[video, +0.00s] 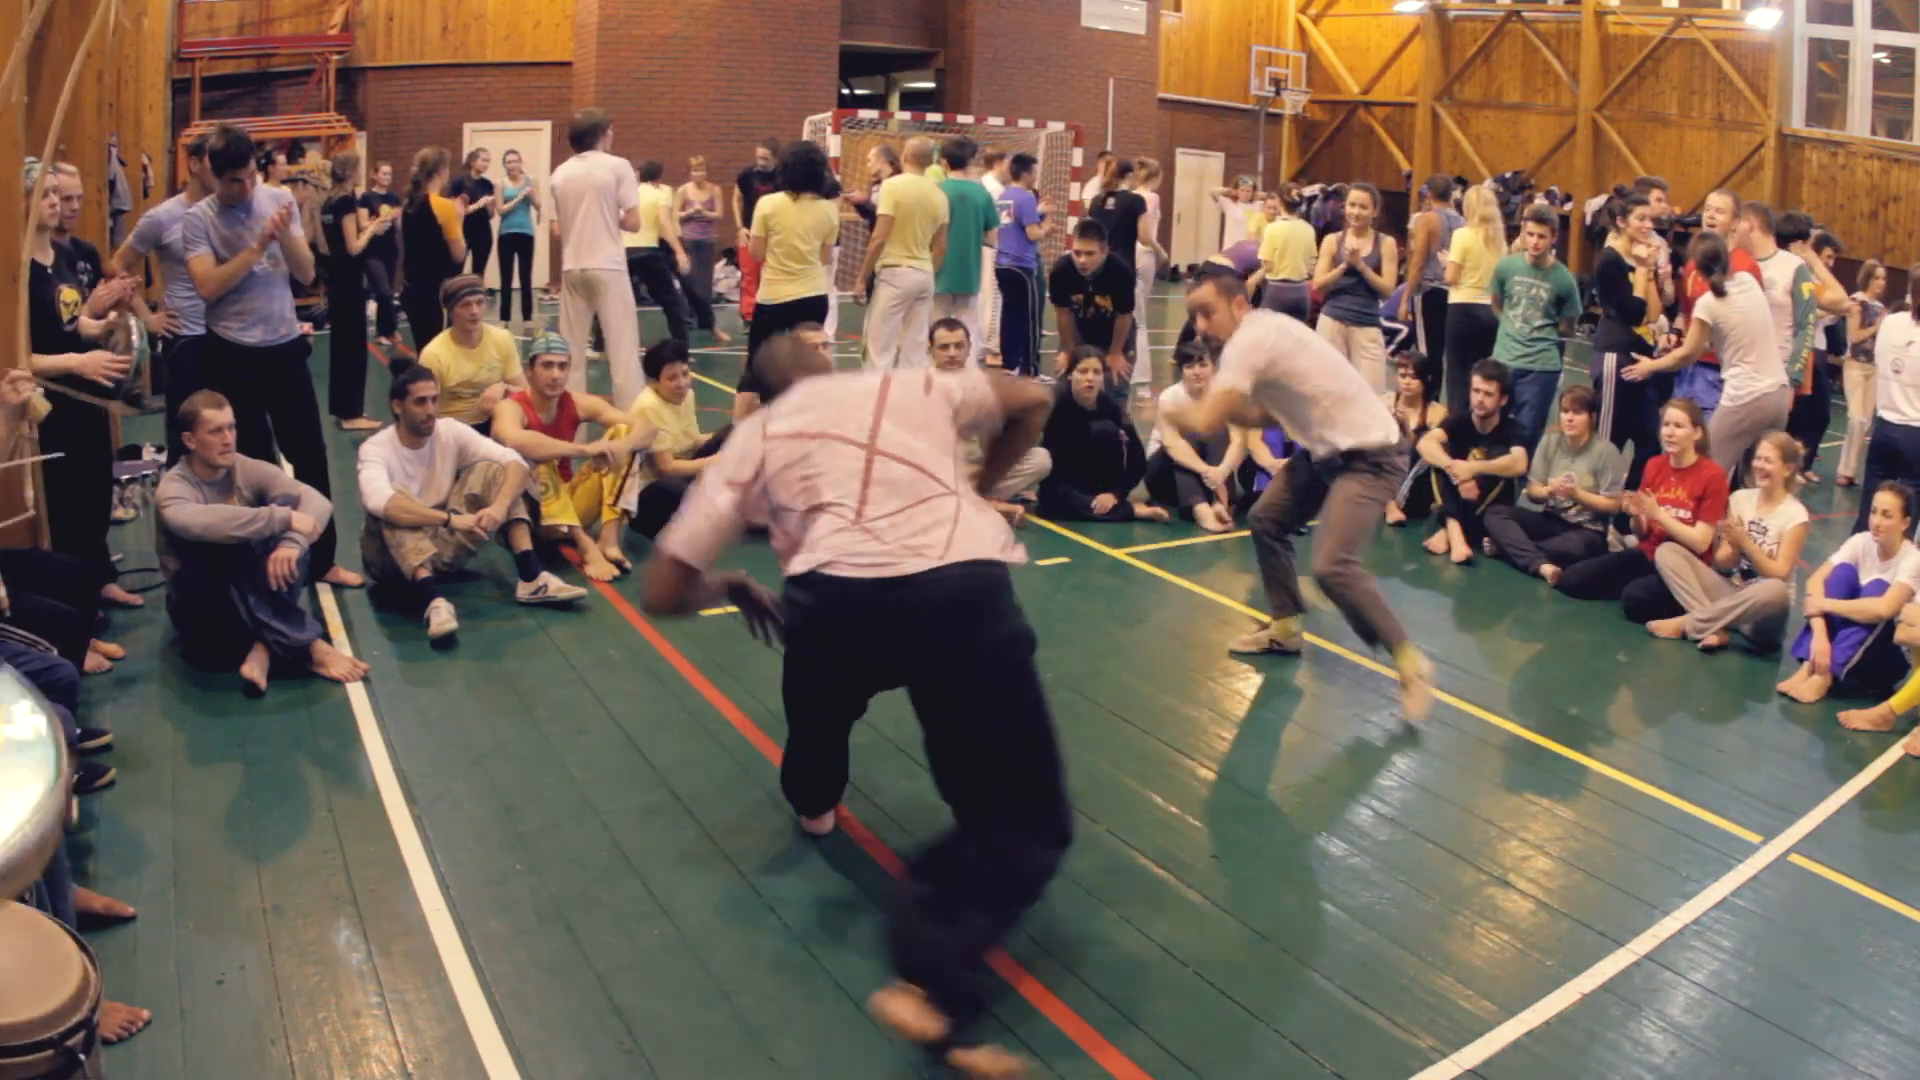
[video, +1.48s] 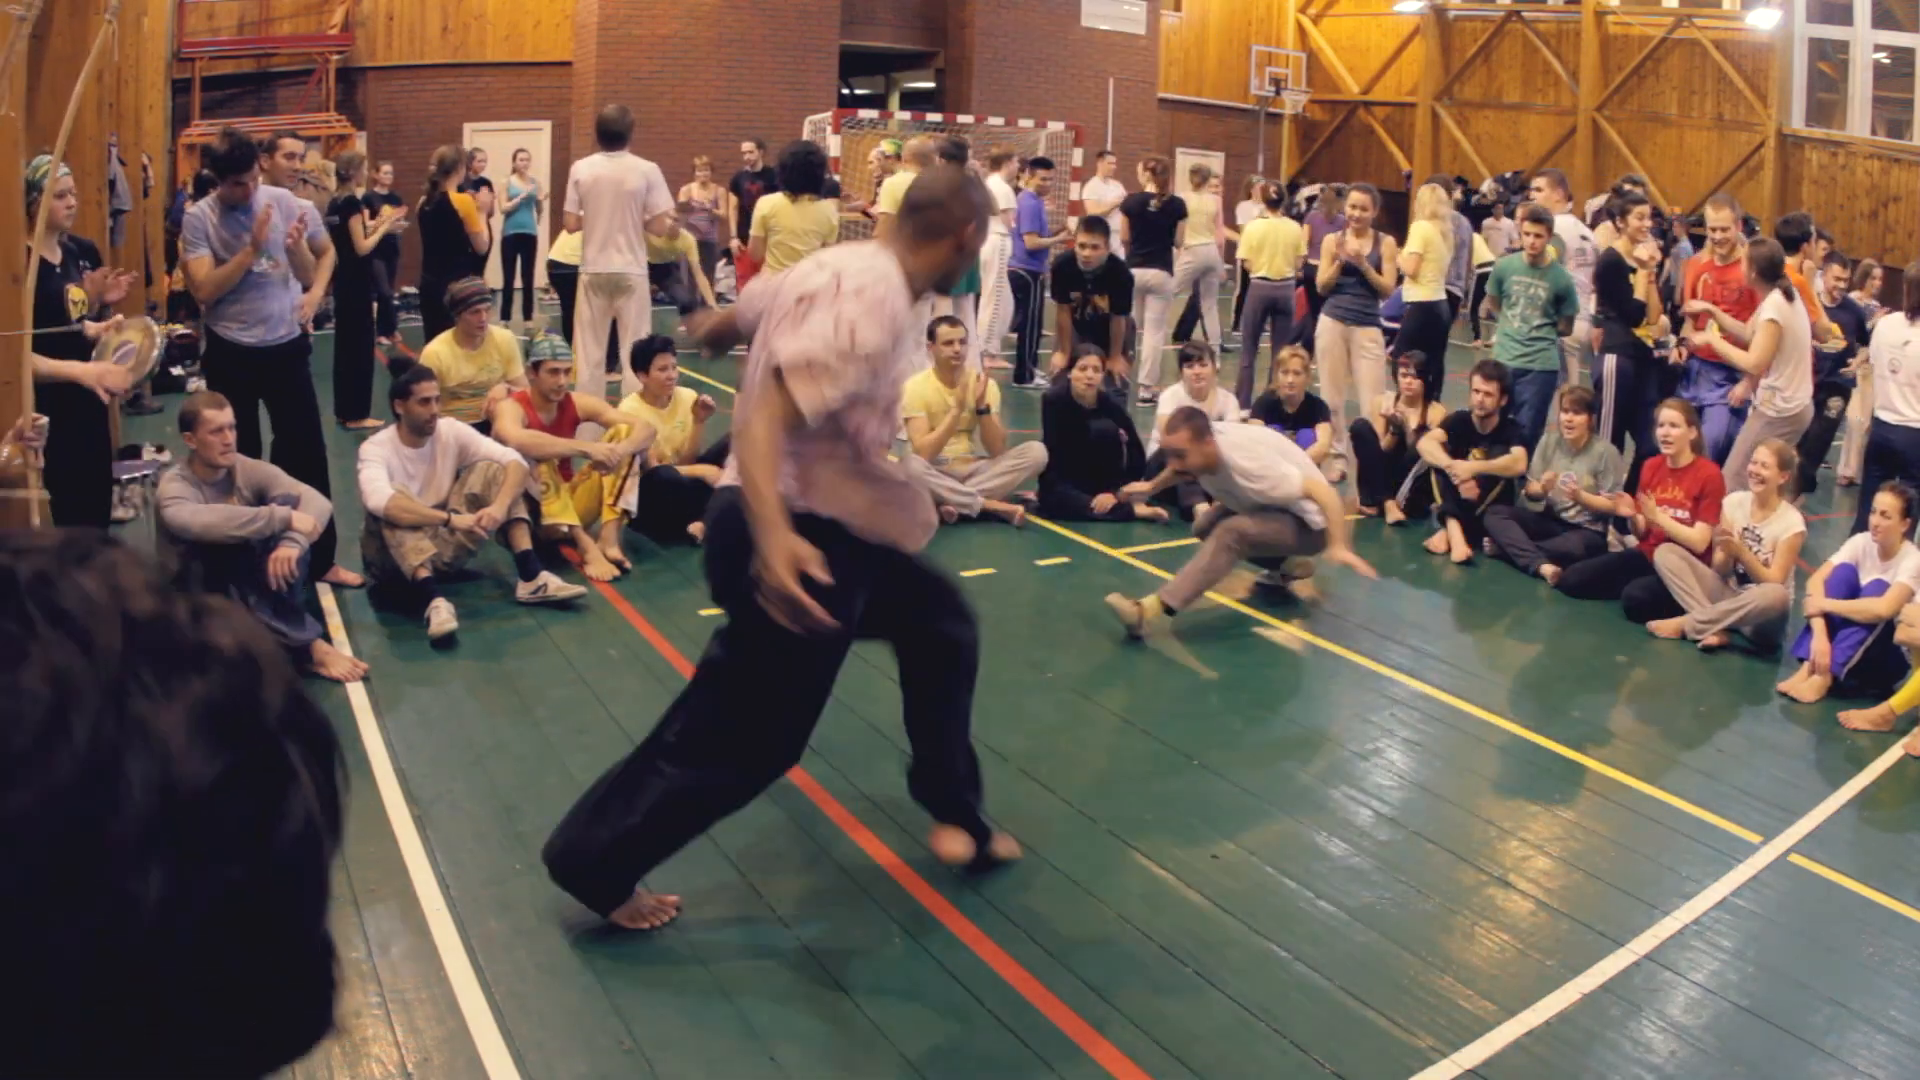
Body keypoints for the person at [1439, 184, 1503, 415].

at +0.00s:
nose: (1463, 210)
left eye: (1465, 206)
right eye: (1465, 206)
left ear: (1468, 208)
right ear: (1493, 208)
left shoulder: (1463, 235)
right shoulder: (1499, 239)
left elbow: (1452, 276)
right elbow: (1499, 275)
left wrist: (1446, 261)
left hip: (1461, 305)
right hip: (1488, 306)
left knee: (1457, 374)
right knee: (1482, 371)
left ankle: (1457, 425)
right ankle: (1480, 426)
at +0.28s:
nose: (1459, 210)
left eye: (1460, 206)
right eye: (1460, 206)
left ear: (1465, 208)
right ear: (1489, 208)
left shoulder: (1461, 235)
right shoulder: (1494, 240)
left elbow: (1450, 276)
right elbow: (1492, 274)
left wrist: (1439, 261)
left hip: (1459, 306)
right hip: (1485, 306)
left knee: (1454, 375)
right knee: (1474, 372)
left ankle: (1455, 427)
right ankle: (1472, 426)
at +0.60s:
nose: (1450, 209)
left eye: (1452, 204)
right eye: (1452, 204)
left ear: (1456, 208)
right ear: (1480, 208)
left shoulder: (1455, 237)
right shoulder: (1488, 238)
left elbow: (1447, 279)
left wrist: (1435, 263)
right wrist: (1442, 260)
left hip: (1456, 308)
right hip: (1480, 308)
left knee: (1446, 368)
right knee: (1466, 369)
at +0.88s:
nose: (1438, 210)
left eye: (1440, 206)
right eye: (1439, 206)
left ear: (1445, 208)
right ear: (1468, 209)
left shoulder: (1447, 238)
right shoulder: (1473, 238)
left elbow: (1440, 280)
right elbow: (1470, 274)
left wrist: (1422, 263)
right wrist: (1429, 261)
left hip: (1446, 307)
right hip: (1467, 305)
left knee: (1444, 371)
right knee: (1451, 371)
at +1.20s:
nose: (1425, 205)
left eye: (1427, 200)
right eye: (1426, 200)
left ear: (1433, 203)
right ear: (1454, 205)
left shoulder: (1431, 229)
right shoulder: (1457, 231)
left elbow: (1422, 270)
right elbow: (1448, 269)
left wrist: (1406, 259)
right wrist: (1413, 258)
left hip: (1431, 306)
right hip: (1450, 303)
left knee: (1438, 371)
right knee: (1431, 368)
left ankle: (1450, 418)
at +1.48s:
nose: (1415, 204)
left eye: (1417, 200)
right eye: (1417, 200)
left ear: (1421, 203)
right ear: (1444, 204)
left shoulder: (1420, 227)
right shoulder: (1446, 228)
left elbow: (1411, 267)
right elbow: (1440, 268)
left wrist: (1399, 258)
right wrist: (1406, 256)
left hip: (1420, 304)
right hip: (1440, 302)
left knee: (1400, 360)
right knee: (1434, 364)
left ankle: (1408, 409)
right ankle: (1431, 407)